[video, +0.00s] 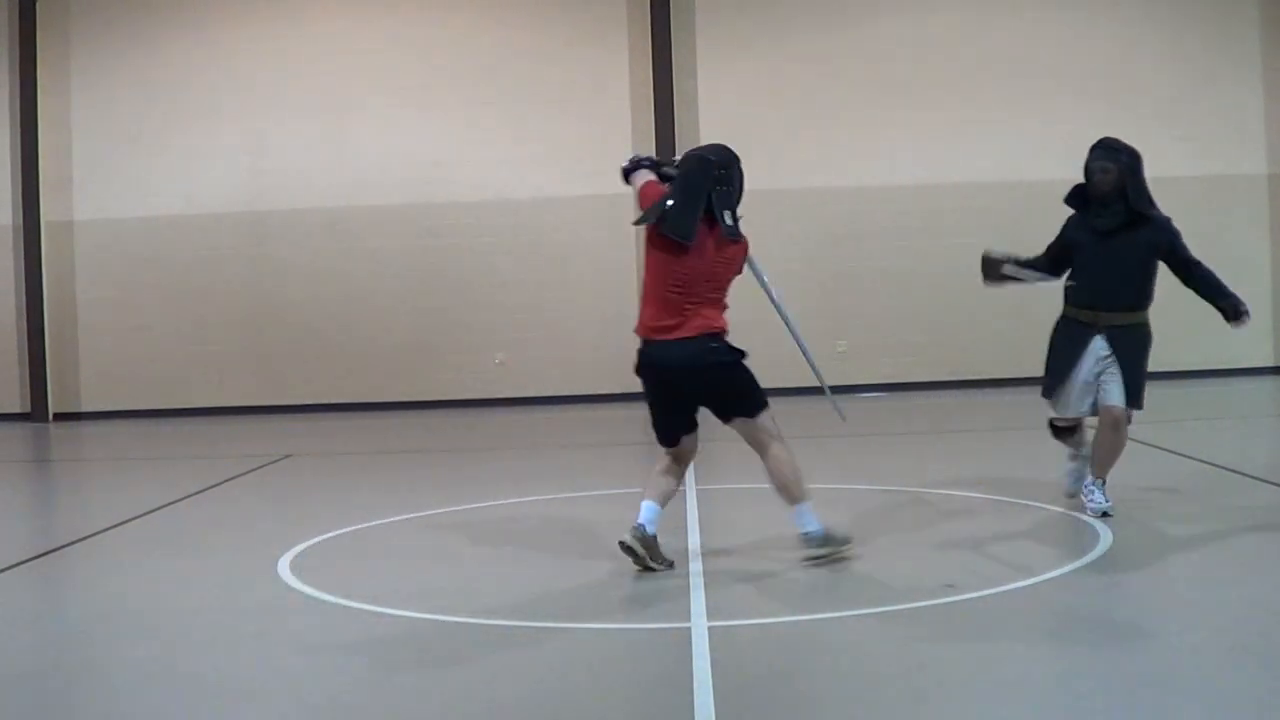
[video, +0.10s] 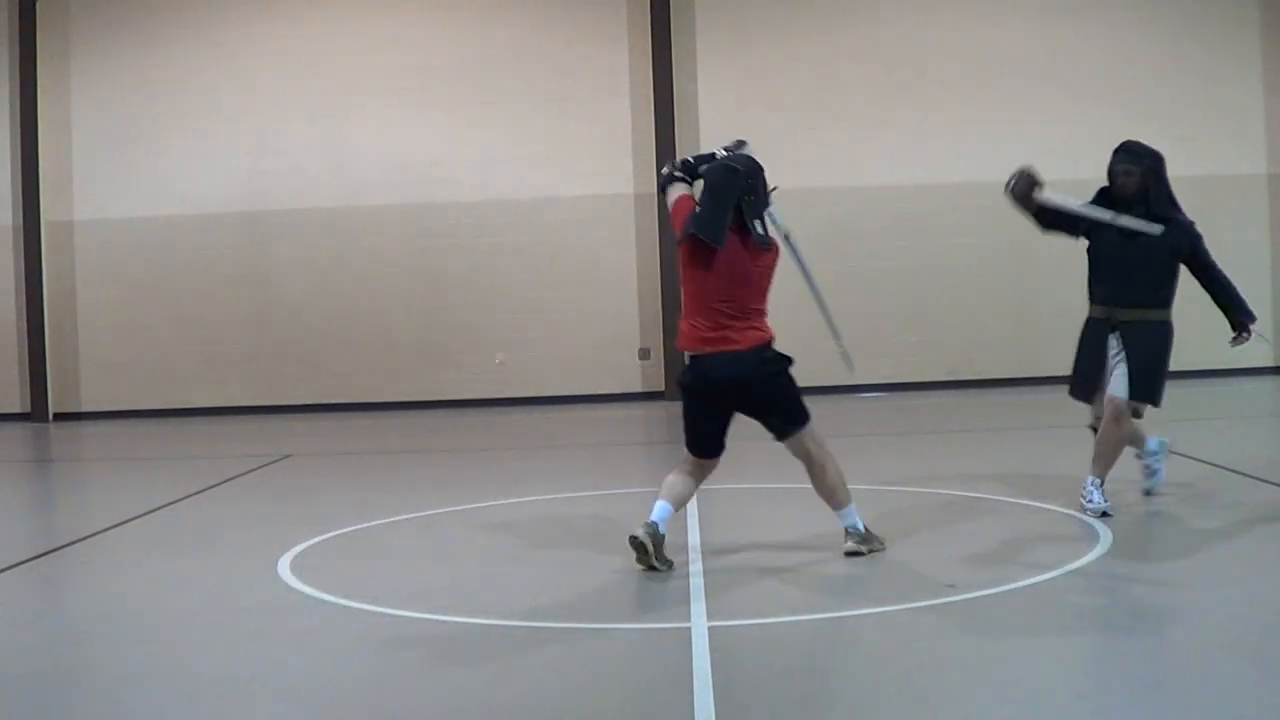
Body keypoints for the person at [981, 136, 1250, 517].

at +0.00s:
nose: (1097, 178)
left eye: (1105, 171)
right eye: (1093, 170)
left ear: (1126, 175)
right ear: (1086, 173)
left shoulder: (1152, 226)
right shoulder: (1080, 223)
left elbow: (1188, 269)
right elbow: (1049, 266)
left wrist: (1227, 302)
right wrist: (1006, 268)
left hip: (1126, 331)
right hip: (1076, 328)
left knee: (1116, 414)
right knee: (1063, 421)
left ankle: (1096, 482)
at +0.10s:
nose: (1120, 180)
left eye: (1129, 173)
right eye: (1116, 172)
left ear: (1149, 177)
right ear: (1109, 174)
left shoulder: (1172, 225)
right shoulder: (1098, 212)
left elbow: (1206, 270)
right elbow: (1058, 220)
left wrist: (1238, 314)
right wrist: (1029, 200)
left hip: (1145, 327)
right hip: (1100, 323)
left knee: (1116, 406)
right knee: (1100, 417)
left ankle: (1094, 482)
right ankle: (1149, 449)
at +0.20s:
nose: (1140, 179)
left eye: (1149, 173)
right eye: (1138, 171)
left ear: (1170, 178)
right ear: (1134, 172)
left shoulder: (1195, 223)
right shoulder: (1124, 204)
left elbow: (1223, 273)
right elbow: (1085, 184)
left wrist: (1242, 322)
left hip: (1170, 319)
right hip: (1127, 314)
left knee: (1136, 391)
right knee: (1142, 404)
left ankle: (1111, 479)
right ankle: (1189, 459)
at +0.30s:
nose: (1168, 169)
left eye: (1177, 164)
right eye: (1164, 163)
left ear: (1195, 170)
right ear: (1157, 167)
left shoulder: (1219, 220)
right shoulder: (1148, 203)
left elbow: (1242, 273)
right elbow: (1111, 181)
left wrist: (1254, 322)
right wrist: (1104, 138)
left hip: (1198, 314)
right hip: (1155, 309)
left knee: (1173, 381)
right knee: (1160, 403)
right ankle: (1194, 465)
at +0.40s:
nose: (1188, 175)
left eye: (1196, 168)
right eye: (1184, 168)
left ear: (1217, 170)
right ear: (1178, 170)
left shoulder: (1244, 220)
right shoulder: (1173, 205)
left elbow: (1268, 273)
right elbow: (1129, 192)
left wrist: (1274, 320)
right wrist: (1124, 146)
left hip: (1221, 316)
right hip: (1178, 312)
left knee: (1221, 396)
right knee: (1169, 399)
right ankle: (1195, 468)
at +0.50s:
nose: (1211, 174)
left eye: (1219, 168)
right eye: (1207, 167)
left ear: (1239, 173)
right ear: (1201, 172)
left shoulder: (1263, 216)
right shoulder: (1201, 210)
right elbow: (1152, 219)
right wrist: (1130, 176)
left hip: (1253, 317)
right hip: (1205, 314)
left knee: (1268, 390)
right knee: (1180, 387)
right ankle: (1196, 465)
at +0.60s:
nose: (1232, 186)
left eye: (1240, 180)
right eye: (1228, 179)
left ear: (1259, 183)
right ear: (1222, 182)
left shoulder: (1273, 220)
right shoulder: (1224, 219)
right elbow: (1184, 256)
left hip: (1273, 320)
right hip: (1235, 317)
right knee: (1200, 385)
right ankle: (1198, 465)